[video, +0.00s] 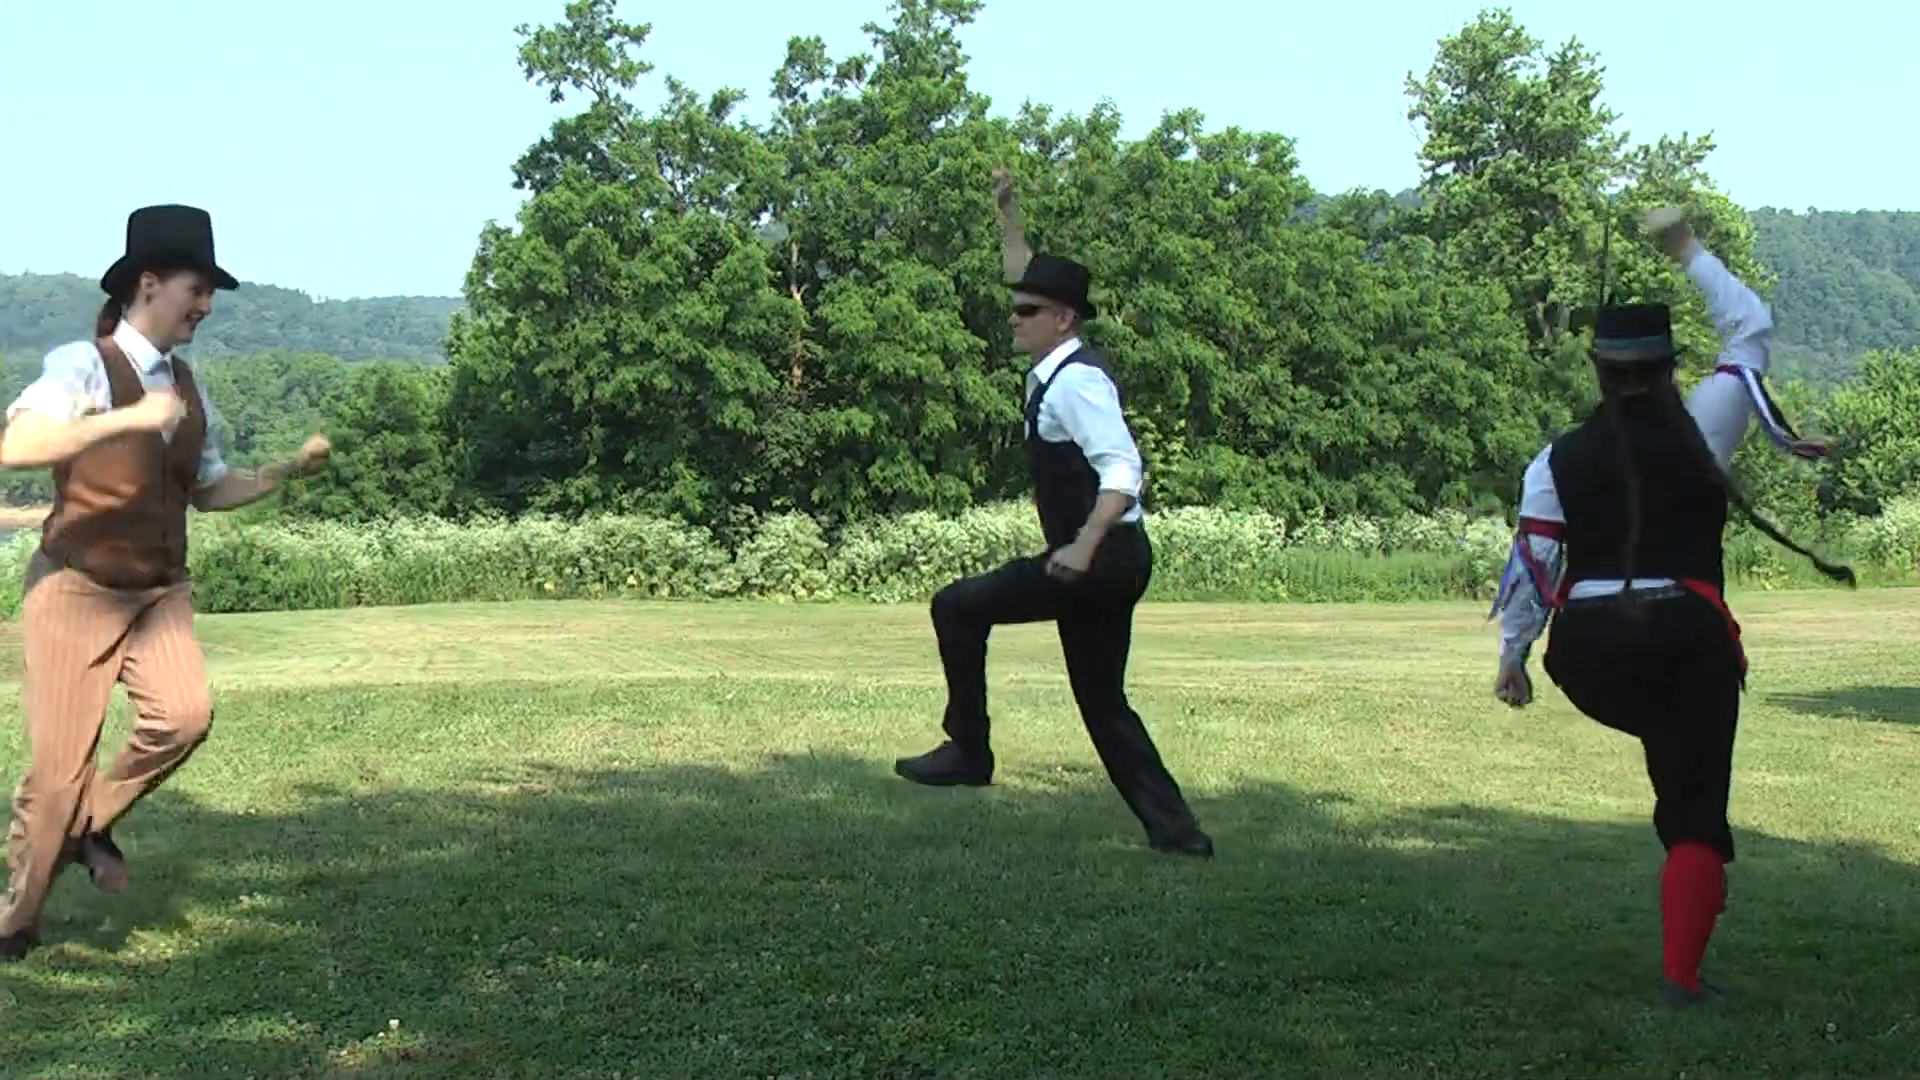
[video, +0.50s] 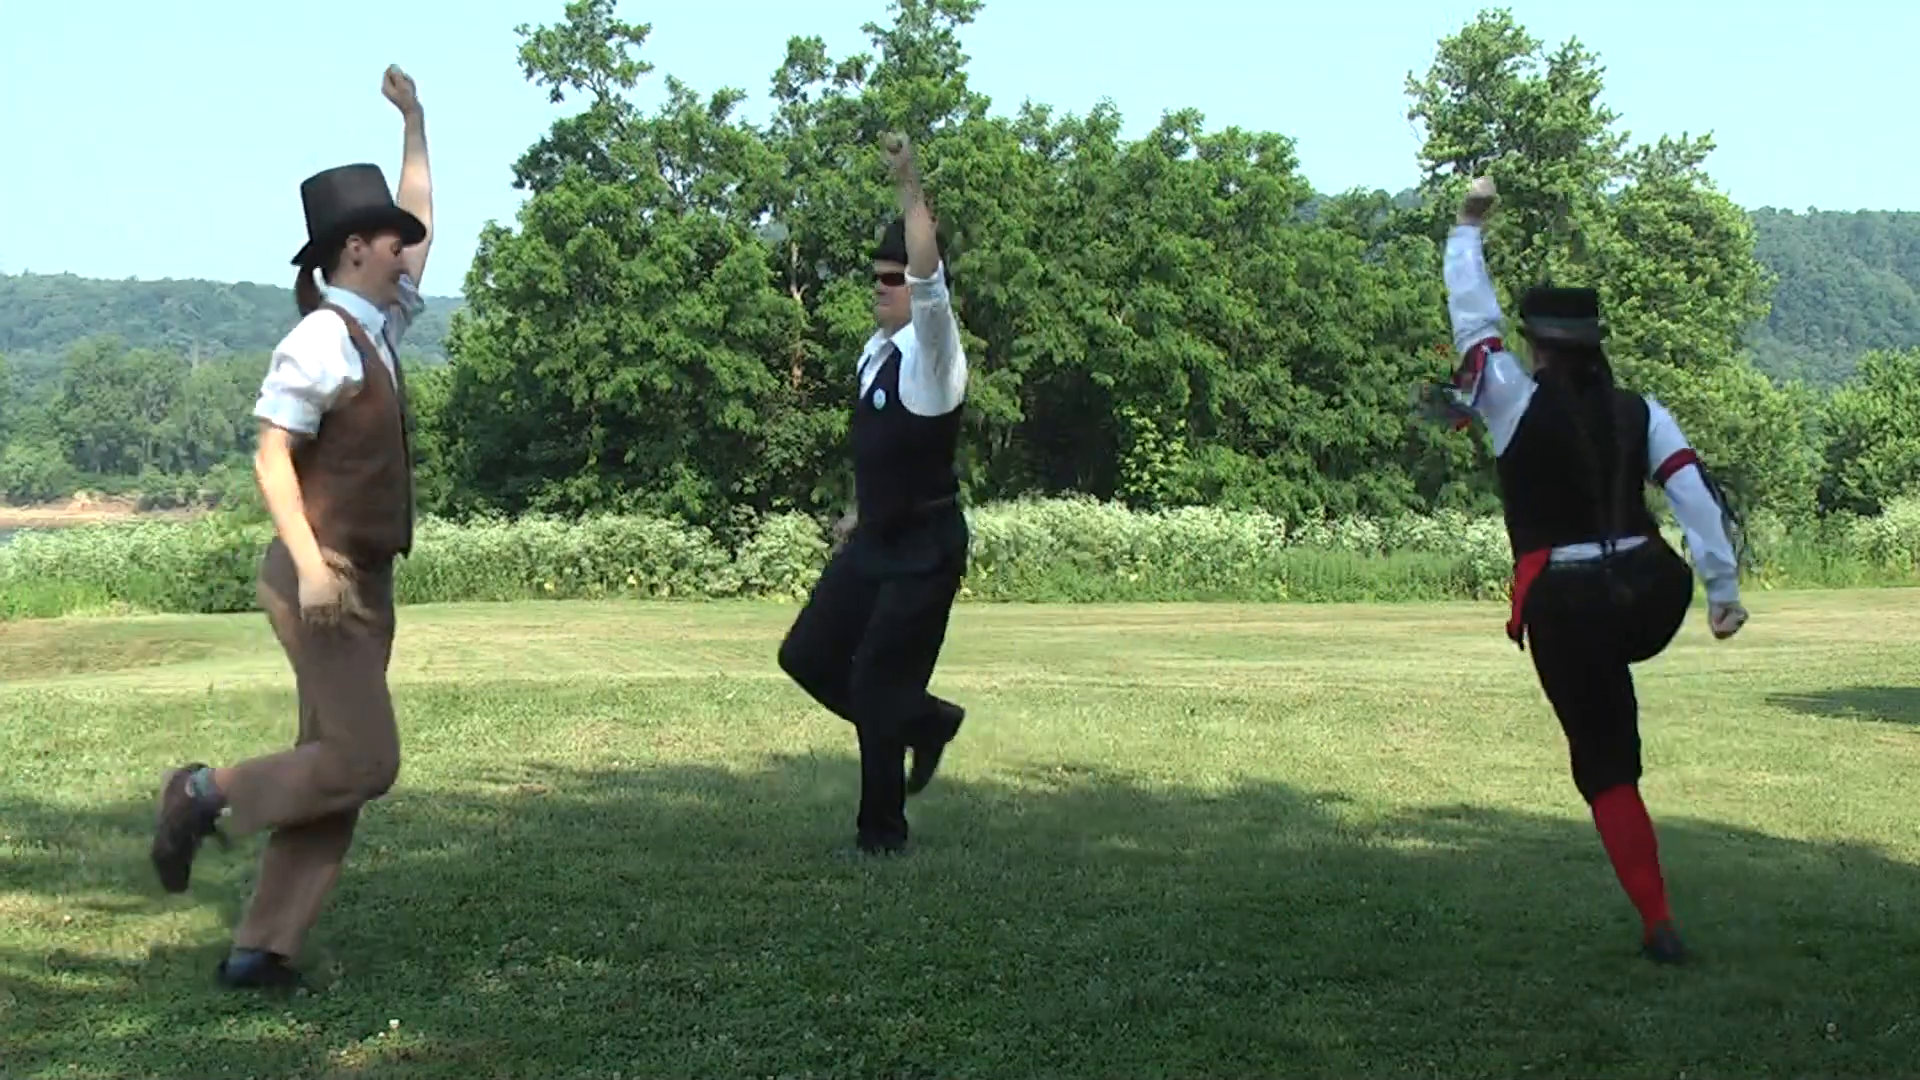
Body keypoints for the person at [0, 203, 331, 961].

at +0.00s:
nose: (206, 305)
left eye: (210, 291)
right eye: (197, 287)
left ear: (166, 290)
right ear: (149, 283)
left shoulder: (183, 379)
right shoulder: (81, 366)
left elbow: (211, 489)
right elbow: (17, 445)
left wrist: (291, 467)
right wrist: (128, 418)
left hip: (160, 593)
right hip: (76, 593)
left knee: (183, 718)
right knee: (59, 776)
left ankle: (88, 816)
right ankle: (17, 929)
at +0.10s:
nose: (225, 299)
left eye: (229, 286)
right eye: (217, 281)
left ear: (181, 281)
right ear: (168, 273)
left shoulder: (202, 368)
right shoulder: (113, 370)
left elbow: (291, 402)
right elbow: (90, 497)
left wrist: (335, 330)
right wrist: (192, 564)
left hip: (172, 586)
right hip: (92, 589)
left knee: (226, 700)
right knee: (65, 766)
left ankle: (151, 857)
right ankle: (17, 927)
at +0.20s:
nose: (264, 278)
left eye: (266, 266)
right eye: (254, 263)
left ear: (233, 271)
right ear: (202, 265)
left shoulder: (250, 342)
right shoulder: (160, 362)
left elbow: (322, 295)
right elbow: (144, 491)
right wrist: (205, 591)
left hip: (216, 578)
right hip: (136, 577)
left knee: (272, 701)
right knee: (85, 752)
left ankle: (210, 881)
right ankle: (11, 902)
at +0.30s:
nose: (307, 280)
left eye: (307, 266)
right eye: (291, 265)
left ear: (285, 273)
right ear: (245, 273)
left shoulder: (287, 336)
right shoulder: (213, 358)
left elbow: (338, 260)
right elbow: (186, 486)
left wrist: (370, 159)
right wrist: (245, 582)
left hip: (270, 589)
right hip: (192, 579)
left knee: (287, 761)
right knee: (120, 752)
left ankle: (251, 943)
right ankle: (10, 883)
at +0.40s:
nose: (355, 284)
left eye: (354, 273)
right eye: (343, 273)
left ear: (319, 289)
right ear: (298, 288)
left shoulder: (341, 361)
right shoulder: (266, 378)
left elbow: (374, 261)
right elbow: (219, 492)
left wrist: (367, 150)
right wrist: (285, 596)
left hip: (319, 610)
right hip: (244, 604)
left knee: (320, 794)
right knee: (221, 805)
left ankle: (256, 958)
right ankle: (83, 837)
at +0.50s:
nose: (412, 254)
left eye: (409, 240)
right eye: (397, 240)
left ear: (371, 253)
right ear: (352, 251)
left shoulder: (375, 322)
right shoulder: (322, 336)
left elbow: (414, 222)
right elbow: (270, 454)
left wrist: (414, 118)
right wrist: (311, 561)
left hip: (362, 575)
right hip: (320, 573)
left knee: (339, 771)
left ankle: (259, 952)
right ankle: (203, 795)